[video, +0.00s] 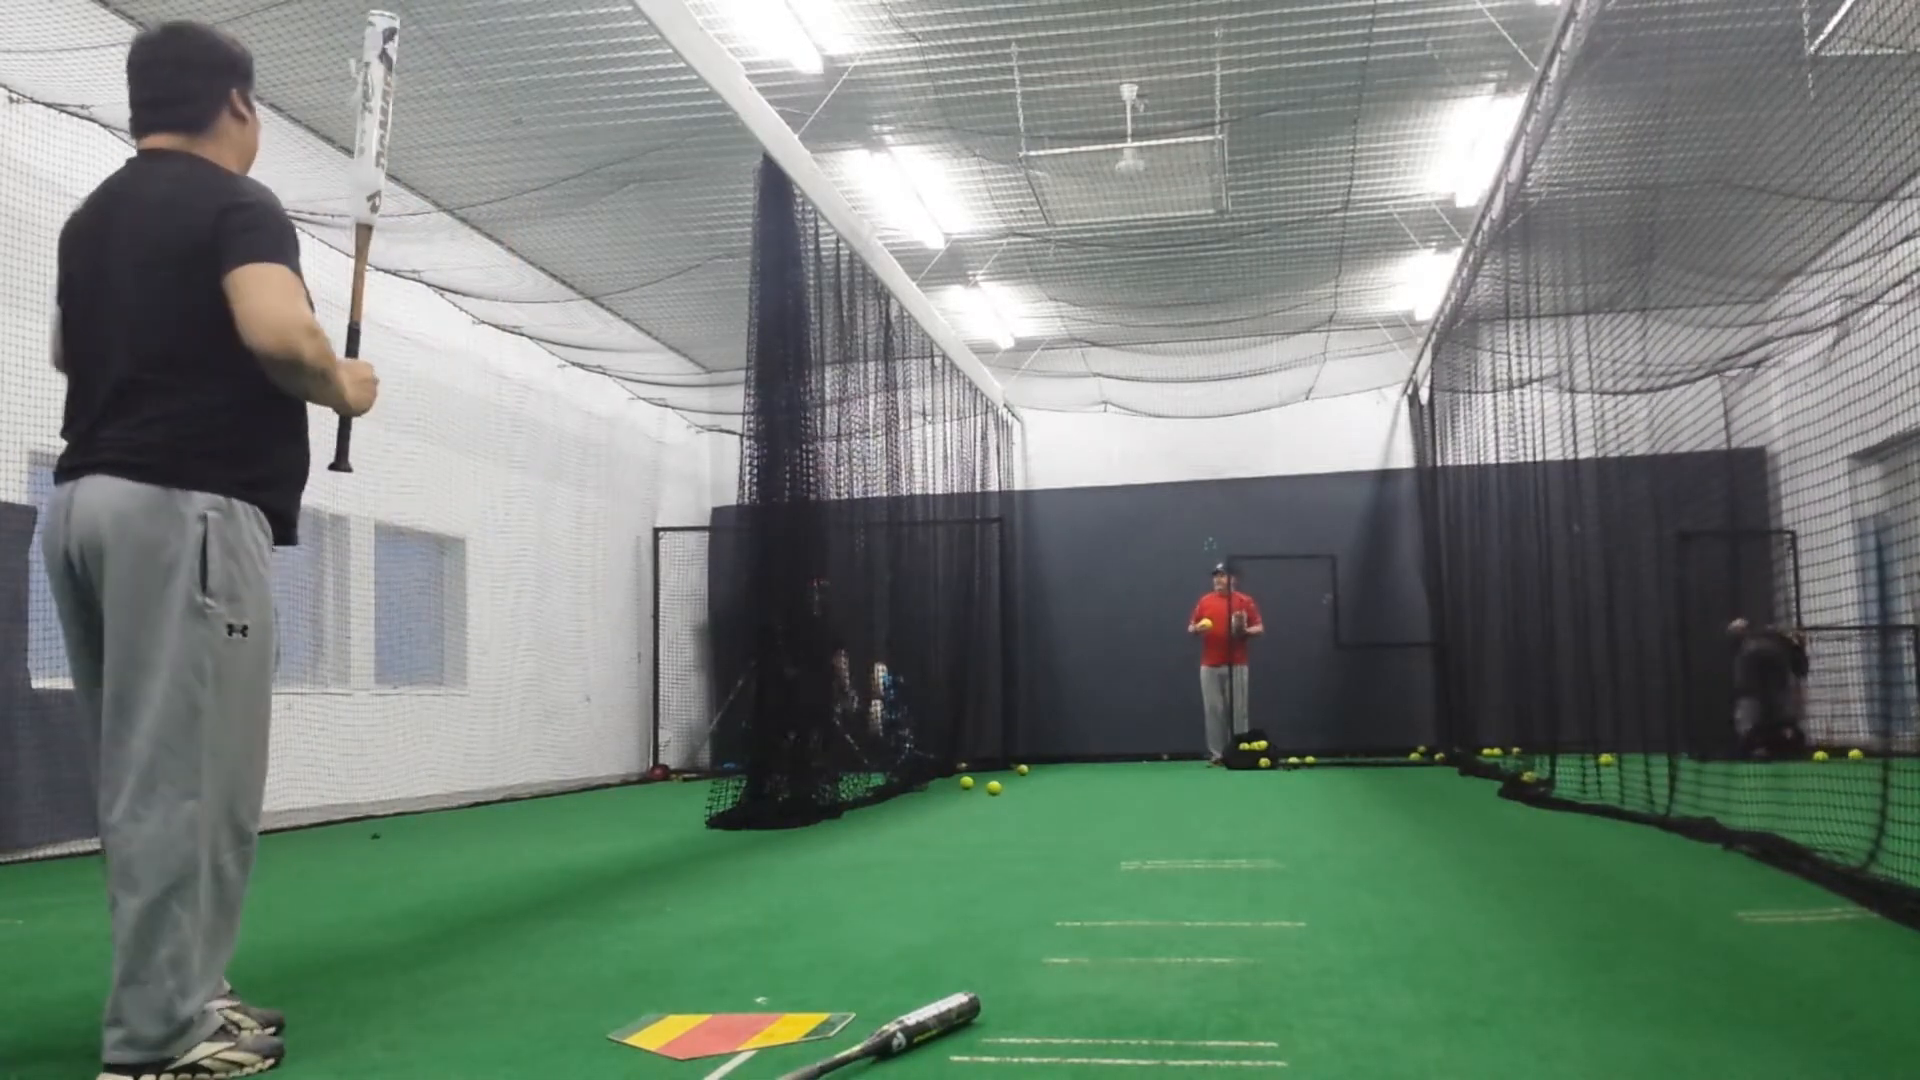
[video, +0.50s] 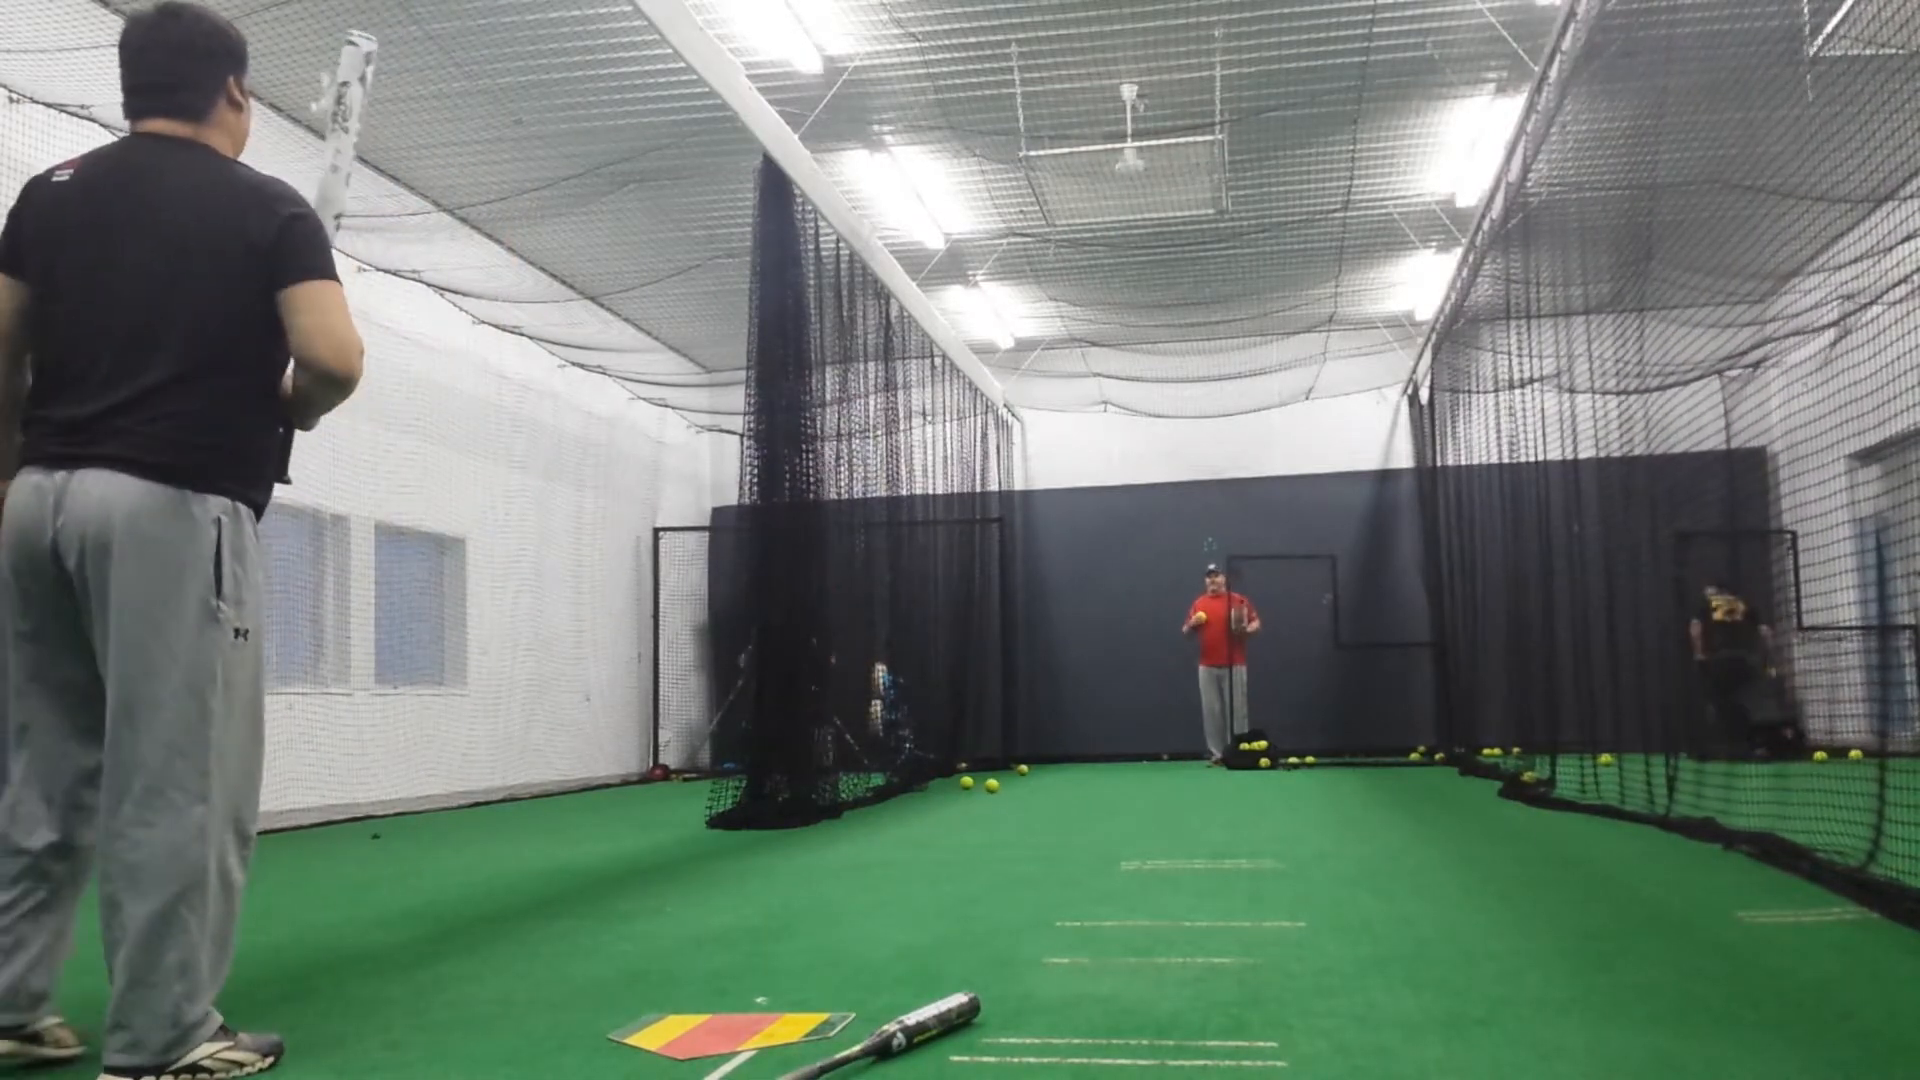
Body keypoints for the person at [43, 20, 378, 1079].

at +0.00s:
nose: (259, 127)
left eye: (254, 110)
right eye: (255, 109)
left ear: (148, 114)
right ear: (231, 107)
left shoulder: (89, 217)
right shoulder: (237, 201)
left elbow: (83, 370)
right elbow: (274, 332)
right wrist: (339, 382)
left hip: (85, 510)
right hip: (185, 515)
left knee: (144, 768)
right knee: (190, 776)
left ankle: (175, 994)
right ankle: (157, 1031)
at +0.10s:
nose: (260, 123)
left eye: (256, 106)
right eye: (257, 106)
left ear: (147, 108)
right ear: (234, 104)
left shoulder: (81, 212)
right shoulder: (247, 203)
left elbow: (52, 370)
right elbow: (290, 337)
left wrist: (106, 444)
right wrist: (344, 385)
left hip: (73, 510)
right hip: (182, 516)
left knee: (132, 769)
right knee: (186, 773)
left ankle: (167, 992)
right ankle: (156, 1033)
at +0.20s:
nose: (260, 119)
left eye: (257, 103)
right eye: (257, 102)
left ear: (142, 105)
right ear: (235, 100)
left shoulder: (70, 207)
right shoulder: (253, 202)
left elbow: (25, 356)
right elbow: (301, 341)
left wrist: (37, 486)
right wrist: (338, 388)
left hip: (66, 508)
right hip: (182, 514)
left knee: (111, 764)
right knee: (180, 769)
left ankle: (133, 998)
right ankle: (158, 1031)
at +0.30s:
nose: (259, 116)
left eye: (256, 99)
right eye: (256, 99)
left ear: (139, 100)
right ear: (234, 97)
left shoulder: (60, 200)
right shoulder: (264, 204)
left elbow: (6, 333)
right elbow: (314, 344)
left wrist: (11, 472)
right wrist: (327, 393)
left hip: (56, 507)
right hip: (181, 517)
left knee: (83, 765)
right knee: (179, 773)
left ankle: (84, 1007)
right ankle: (160, 1032)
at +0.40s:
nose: (255, 114)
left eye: (252, 97)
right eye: (253, 96)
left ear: (137, 97)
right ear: (232, 95)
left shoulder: (54, 198)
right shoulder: (267, 208)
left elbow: (6, 337)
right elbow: (332, 358)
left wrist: (16, 458)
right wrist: (304, 409)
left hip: (48, 508)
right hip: (179, 518)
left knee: (58, 771)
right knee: (176, 777)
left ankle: (41, 1008)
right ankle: (162, 1032)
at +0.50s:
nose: (250, 112)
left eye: (246, 95)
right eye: (247, 95)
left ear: (133, 95)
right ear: (228, 95)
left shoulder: (45, 198)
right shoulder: (267, 209)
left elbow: (6, 348)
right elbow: (336, 362)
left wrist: (28, 445)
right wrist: (293, 405)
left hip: (37, 508)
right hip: (173, 518)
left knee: (41, 773)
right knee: (175, 780)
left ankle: (14, 1008)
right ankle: (163, 1033)